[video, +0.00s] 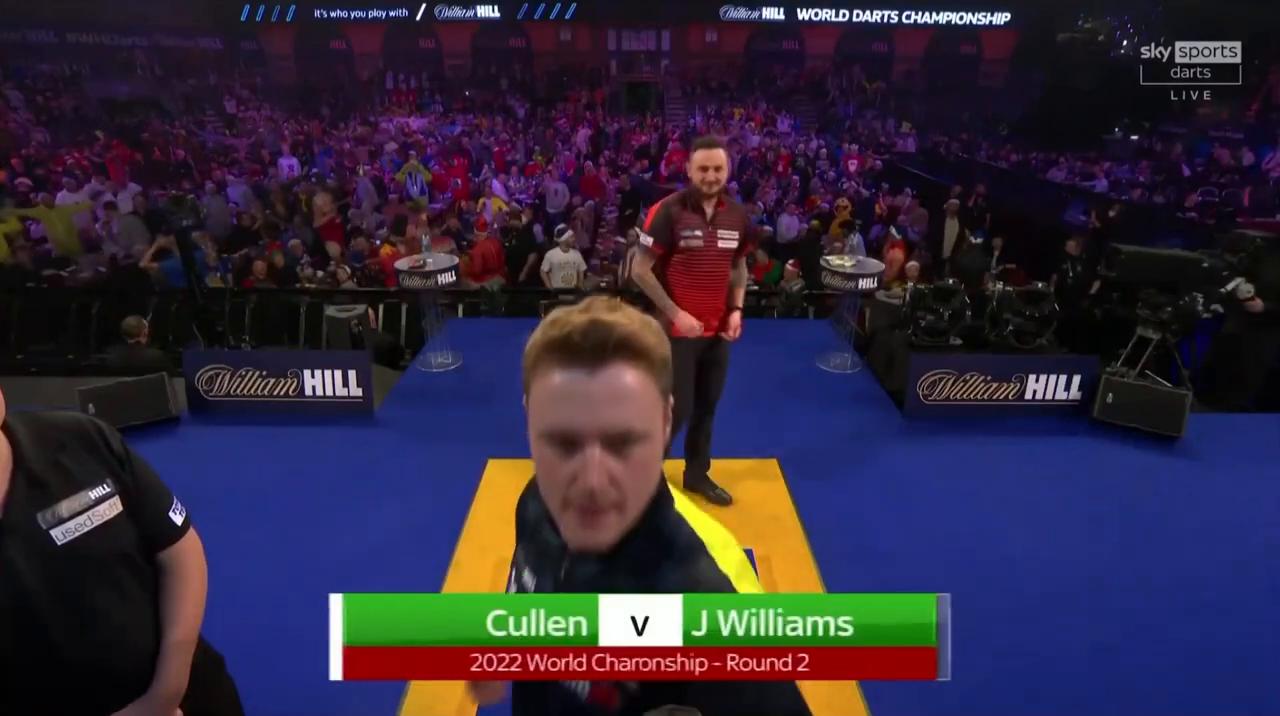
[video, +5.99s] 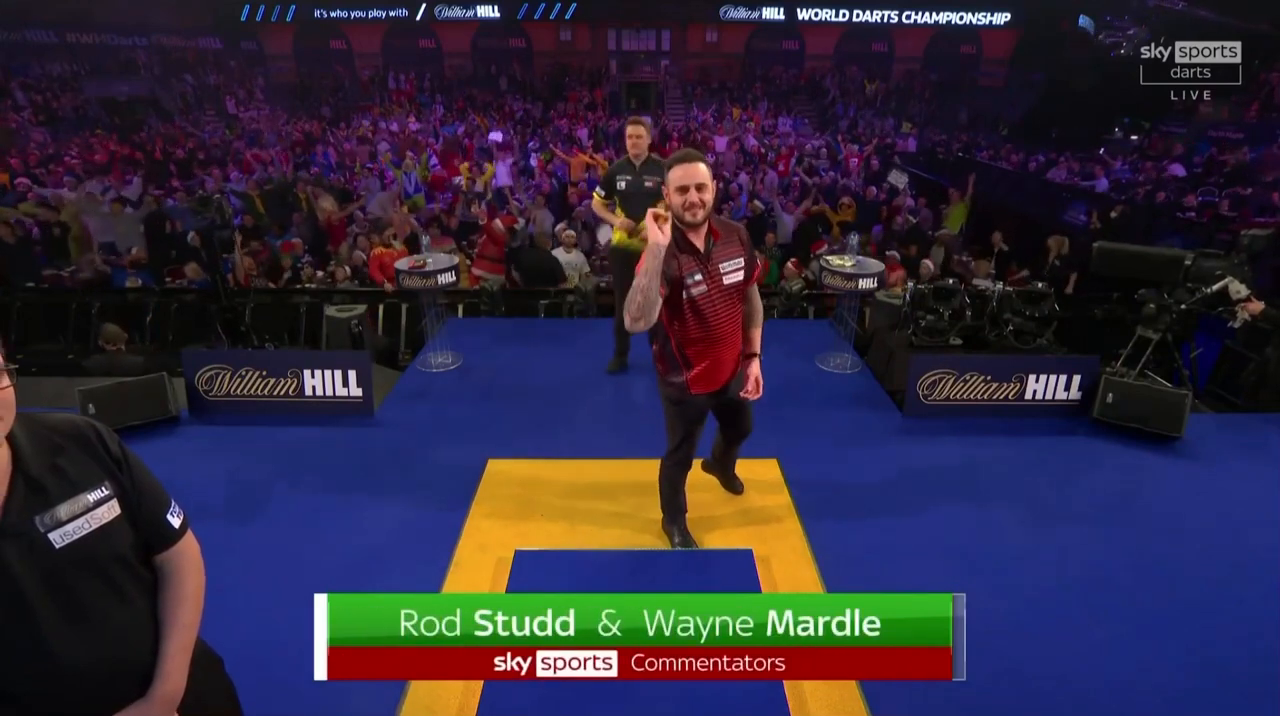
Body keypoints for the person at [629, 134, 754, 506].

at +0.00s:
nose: (710, 176)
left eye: (717, 169)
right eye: (703, 168)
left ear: (727, 171)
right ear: (689, 170)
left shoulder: (737, 216)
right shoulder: (668, 212)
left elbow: (738, 265)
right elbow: (640, 268)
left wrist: (735, 309)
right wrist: (674, 314)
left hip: (717, 332)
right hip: (679, 331)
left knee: (706, 408)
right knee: (677, 408)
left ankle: (697, 474)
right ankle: (645, 474)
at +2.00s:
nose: (692, 188)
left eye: (699, 179)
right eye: (682, 180)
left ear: (711, 182)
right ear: (665, 184)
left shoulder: (726, 229)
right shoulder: (657, 237)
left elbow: (741, 287)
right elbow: (650, 285)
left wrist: (752, 345)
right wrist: (656, 242)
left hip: (727, 351)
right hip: (684, 359)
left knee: (729, 412)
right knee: (680, 446)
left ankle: (719, 460)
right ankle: (674, 518)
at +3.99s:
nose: (687, 188)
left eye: (695, 179)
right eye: (677, 180)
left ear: (708, 183)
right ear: (662, 188)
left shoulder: (726, 228)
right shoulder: (651, 241)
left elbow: (744, 287)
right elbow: (633, 302)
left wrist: (748, 345)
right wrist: (654, 234)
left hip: (726, 355)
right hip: (682, 365)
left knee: (729, 414)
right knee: (678, 447)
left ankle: (715, 461)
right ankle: (674, 520)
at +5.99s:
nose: (693, 197)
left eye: (701, 187)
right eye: (682, 190)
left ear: (714, 191)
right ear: (666, 197)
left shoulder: (734, 236)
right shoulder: (659, 253)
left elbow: (751, 296)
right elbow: (636, 321)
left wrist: (754, 356)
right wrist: (655, 248)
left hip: (731, 364)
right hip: (685, 375)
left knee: (739, 426)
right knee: (681, 450)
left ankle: (719, 463)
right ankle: (674, 520)